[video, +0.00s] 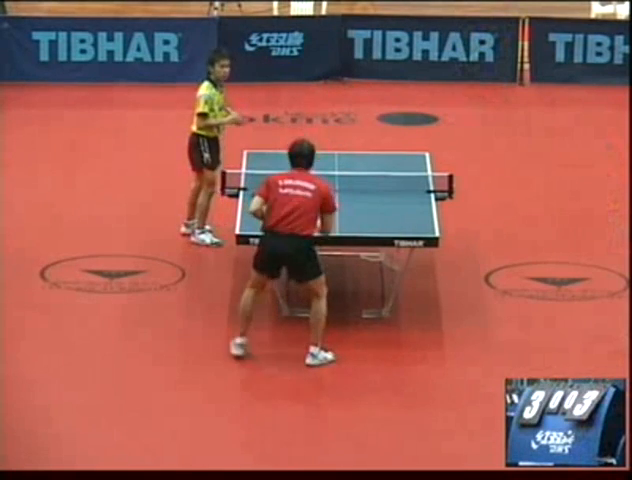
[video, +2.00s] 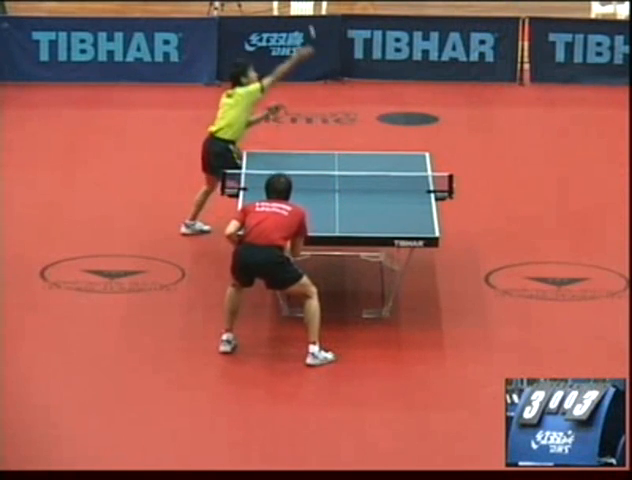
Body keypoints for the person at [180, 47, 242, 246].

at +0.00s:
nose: (225, 71)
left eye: (227, 67)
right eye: (221, 67)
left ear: (229, 69)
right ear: (211, 69)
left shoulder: (218, 90)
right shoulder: (206, 91)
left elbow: (222, 110)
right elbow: (201, 121)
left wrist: (235, 117)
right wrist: (228, 120)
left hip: (211, 137)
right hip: (202, 138)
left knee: (202, 182)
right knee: (209, 183)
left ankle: (190, 222)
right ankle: (200, 228)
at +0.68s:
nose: (230, 72)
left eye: (231, 68)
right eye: (227, 67)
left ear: (215, 68)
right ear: (215, 67)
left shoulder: (202, 85)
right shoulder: (213, 89)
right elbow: (224, 119)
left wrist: (230, 115)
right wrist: (249, 135)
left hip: (195, 134)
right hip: (205, 136)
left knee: (200, 179)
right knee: (223, 180)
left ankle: (189, 221)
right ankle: (221, 228)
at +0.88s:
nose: (250, 83)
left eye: (250, 79)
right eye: (248, 79)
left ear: (234, 79)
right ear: (237, 78)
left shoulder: (218, 92)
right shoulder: (231, 95)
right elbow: (249, 122)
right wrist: (278, 138)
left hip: (201, 139)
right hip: (212, 141)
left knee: (207, 183)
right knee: (232, 182)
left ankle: (190, 221)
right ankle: (242, 226)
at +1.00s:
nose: (264, 95)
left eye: (264, 91)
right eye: (262, 91)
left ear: (248, 89)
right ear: (252, 90)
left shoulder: (229, 100)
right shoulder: (245, 106)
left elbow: (232, 126)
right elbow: (268, 130)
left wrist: (252, 135)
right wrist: (297, 143)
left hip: (204, 145)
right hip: (218, 148)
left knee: (211, 186)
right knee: (243, 185)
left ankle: (191, 221)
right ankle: (246, 227)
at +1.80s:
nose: (272, 91)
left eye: (271, 88)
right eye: (269, 88)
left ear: (253, 90)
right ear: (260, 91)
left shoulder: (238, 103)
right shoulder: (261, 108)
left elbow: (246, 132)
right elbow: (289, 117)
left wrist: (269, 134)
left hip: (215, 144)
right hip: (229, 151)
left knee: (212, 188)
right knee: (241, 190)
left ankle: (191, 221)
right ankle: (244, 227)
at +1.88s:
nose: (267, 85)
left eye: (265, 81)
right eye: (263, 82)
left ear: (247, 86)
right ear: (254, 86)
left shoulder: (234, 100)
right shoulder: (257, 102)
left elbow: (244, 129)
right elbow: (288, 96)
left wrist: (269, 126)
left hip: (213, 144)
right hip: (228, 149)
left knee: (211, 187)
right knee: (244, 188)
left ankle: (191, 222)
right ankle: (245, 227)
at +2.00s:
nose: (256, 76)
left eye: (254, 72)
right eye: (252, 73)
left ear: (238, 79)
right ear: (243, 78)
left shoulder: (228, 96)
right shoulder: (247, 93)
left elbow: (240, 125)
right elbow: (275, 76)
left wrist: (265, 116)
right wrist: (297, 57)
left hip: (211, 142)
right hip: (225, 146)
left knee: (210, 185)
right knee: (246, 183)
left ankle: (191, 221)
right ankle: (248, 224)